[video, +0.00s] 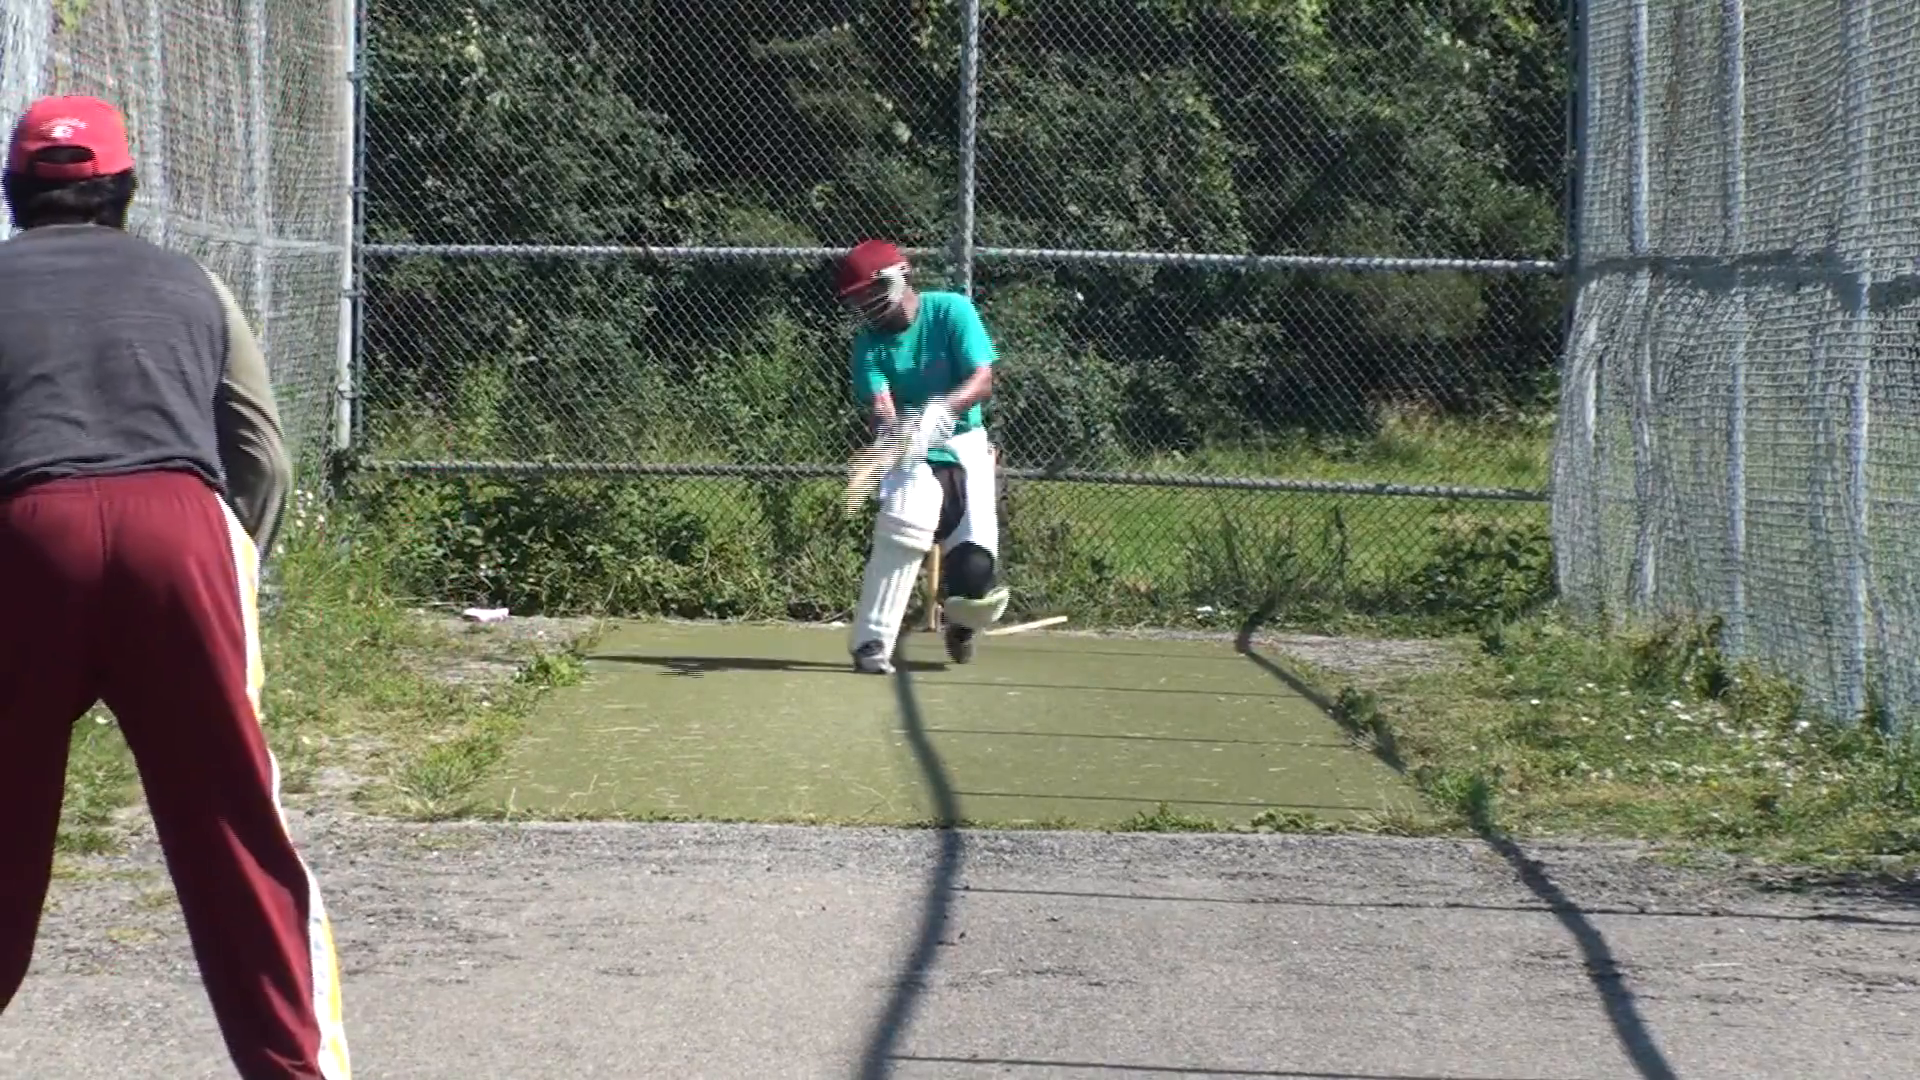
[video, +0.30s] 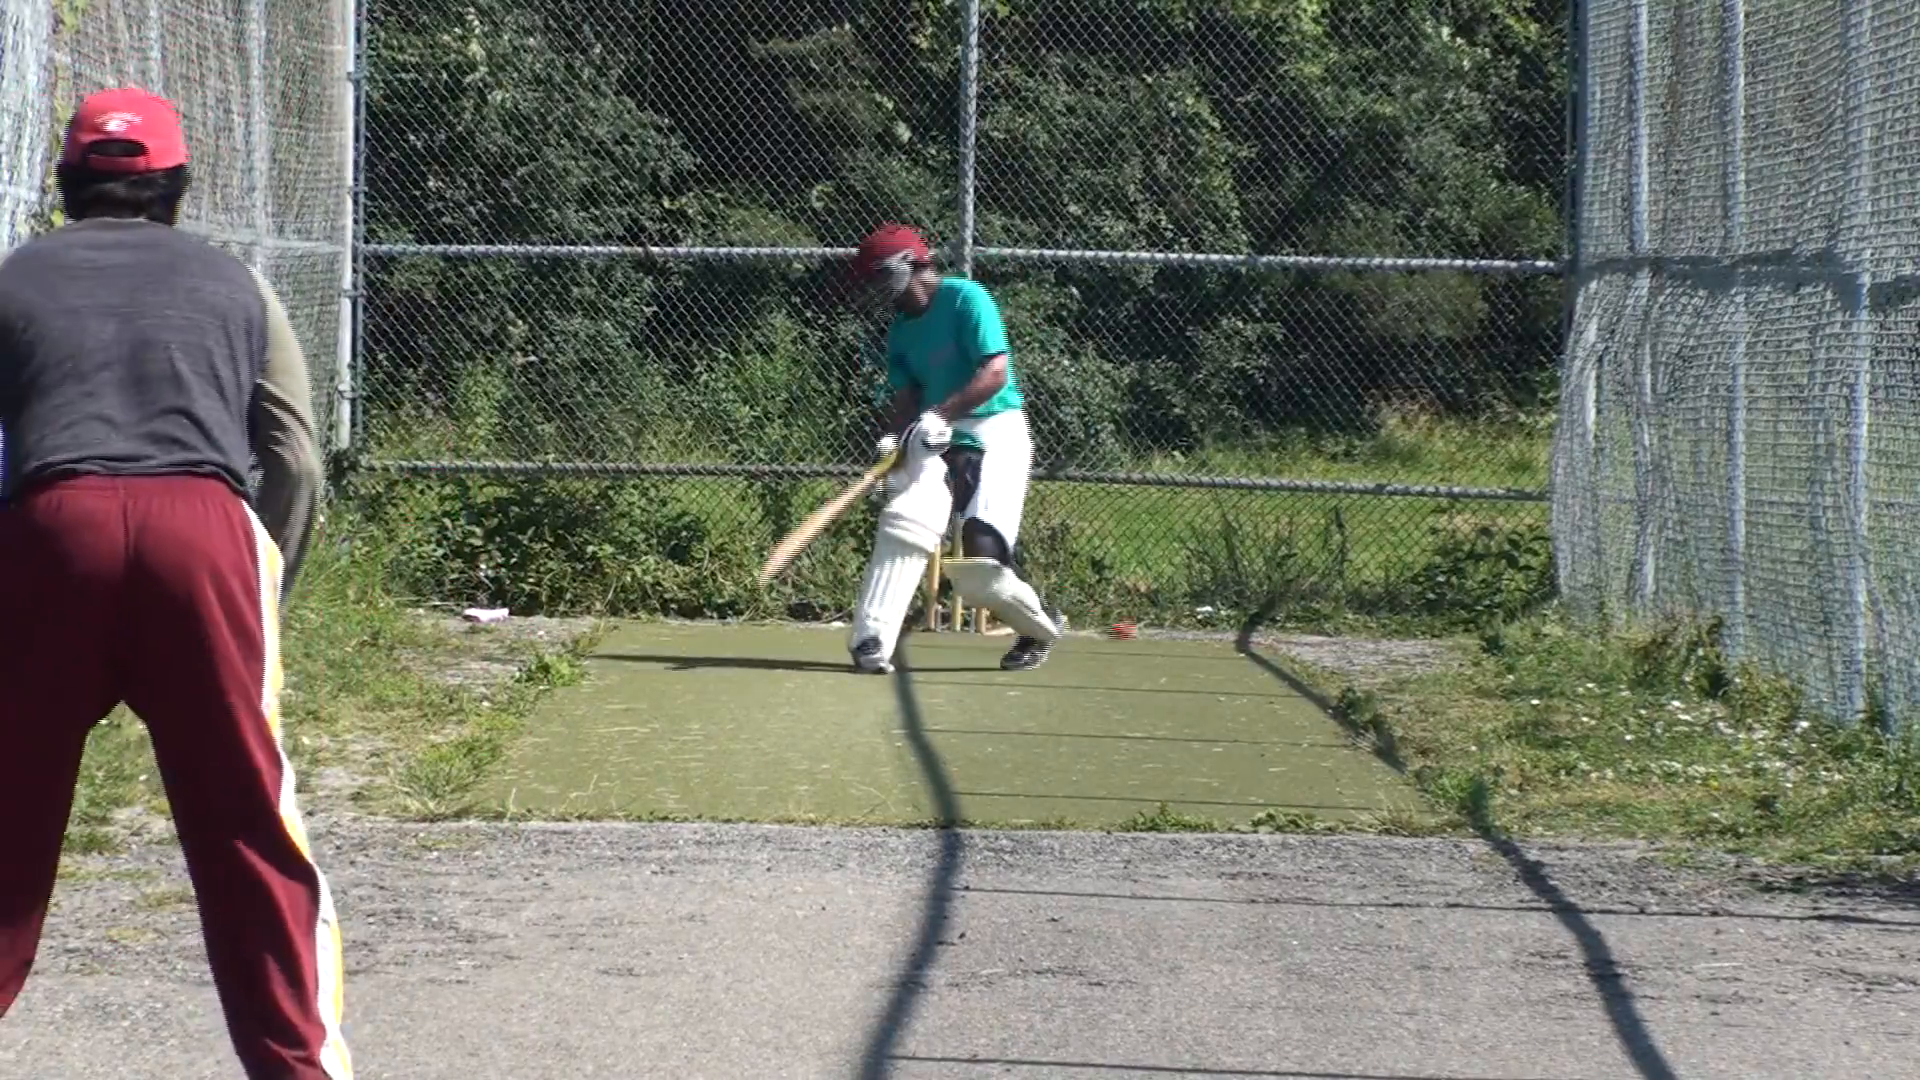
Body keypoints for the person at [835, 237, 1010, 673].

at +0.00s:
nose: (871, 309)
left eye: (876, 296)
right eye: (861, 304)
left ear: (901, 279)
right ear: (854, 303)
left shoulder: (953, 310)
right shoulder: (868, 342)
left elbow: (982, 379)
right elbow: (880, 406)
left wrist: (941, 410)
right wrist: (893, 432)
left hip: (966, 446)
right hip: (910, 451)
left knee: (974, 570)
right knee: (901, 535)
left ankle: (960, 625)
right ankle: (874, 641)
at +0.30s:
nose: (884, 290)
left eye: (889, 278)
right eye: (878, 283)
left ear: (916, 265)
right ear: (883, 283)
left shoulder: (968, 298)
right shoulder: (900, 330)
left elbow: (995, 372)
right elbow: (906, 398)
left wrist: (942, 413)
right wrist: (897, 436)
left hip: (995, 430)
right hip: (934, 436)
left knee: (981, 549)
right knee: (902, 528)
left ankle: (1038, 629)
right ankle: (874, 639)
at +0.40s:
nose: (910, 271)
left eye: (913, 258)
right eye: (906, 261)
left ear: (941, 251)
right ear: (933, 256)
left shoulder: (985, 286)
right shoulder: (939, 311)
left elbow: (1007, 359)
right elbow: (945, 383)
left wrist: (950, 406)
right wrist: (916, 430)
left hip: (1015, 423)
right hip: (966, 425)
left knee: (980, 557)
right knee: (916, 524)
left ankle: (1053, 640)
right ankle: (871, 632)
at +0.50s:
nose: (936, 247)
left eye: (942, 237)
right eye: (936, 237)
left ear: (964, 238)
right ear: (977, 239)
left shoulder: (992, 276)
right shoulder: (980, 286)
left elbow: (1007, 350)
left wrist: (962, 402)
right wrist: (944, 431)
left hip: (1028, 417)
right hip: (987, 419)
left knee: (984, 543)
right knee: (915, 509)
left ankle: (1056, 642)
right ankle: (890, 630)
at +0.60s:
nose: (966, 238)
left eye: (970, 228)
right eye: (967, 228)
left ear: (986, 228)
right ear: (1013, 230)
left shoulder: (1000, 265)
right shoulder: (1035, 272)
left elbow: (1007, 336)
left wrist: (969, 392)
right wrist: (985, 402)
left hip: (1036, 415)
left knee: (988, 528)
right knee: (931, 490)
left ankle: (1055, 644)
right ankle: (940, 632)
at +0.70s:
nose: (980, 226)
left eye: (984, 216)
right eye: (981, 216)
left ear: (999, 217)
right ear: (1033, 221)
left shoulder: (1010, 257)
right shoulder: (1056, 267)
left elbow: (1010, 328)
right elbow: (1063, 342)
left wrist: (973, 391)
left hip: (1044, 412)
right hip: (1074, 411)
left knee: (1004, 525)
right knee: (1003, 514)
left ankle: (1055, 641)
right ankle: (1007, 622)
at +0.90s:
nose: (996, 234)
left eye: (1004, 223)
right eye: (996, 223)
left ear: (1029, 226)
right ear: (1042, 229)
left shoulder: (1036, 269)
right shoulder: (1064, 270)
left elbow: (1050, 343)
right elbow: (1089, 350)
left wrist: (1017, 391)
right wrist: (1031, 398)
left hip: (1072, 409)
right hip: (1094, 407)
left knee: (1007, 518)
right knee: (1039, 517)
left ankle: (1055, 643)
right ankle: (1077, 628)